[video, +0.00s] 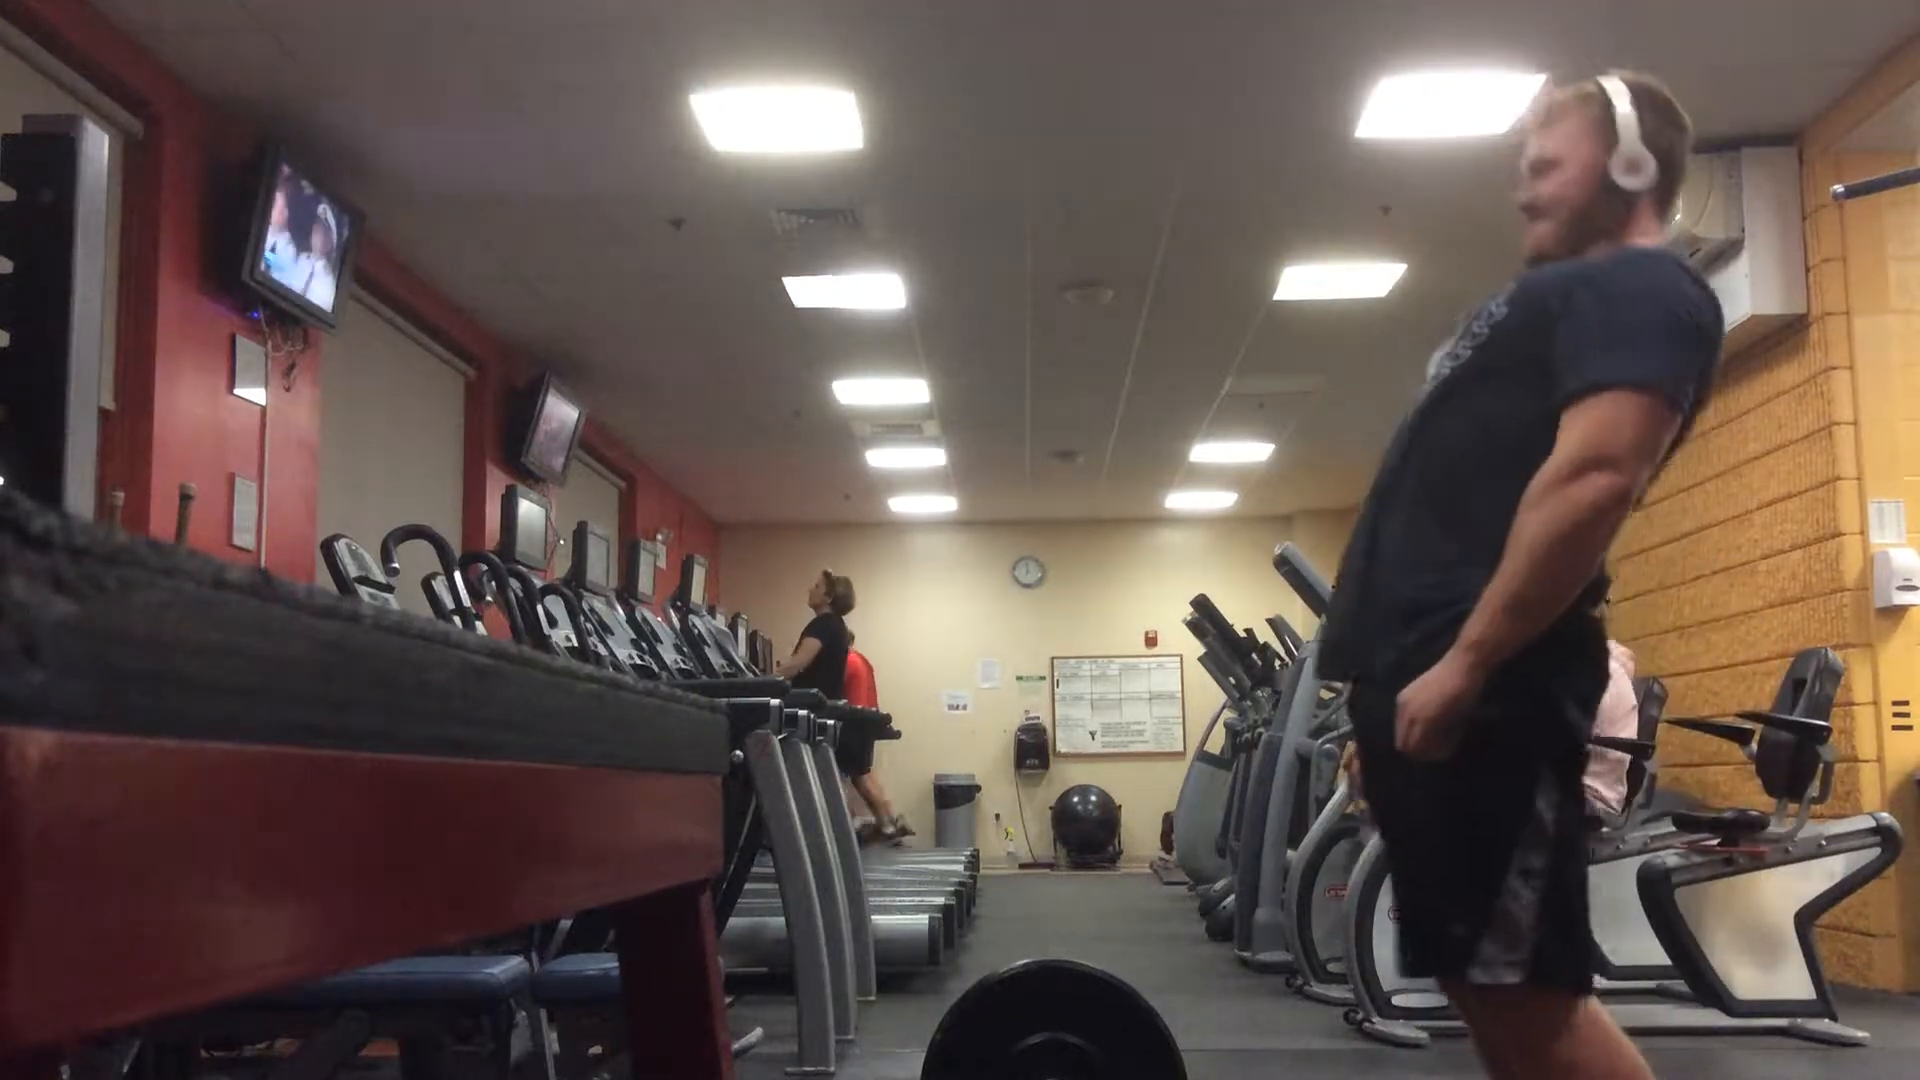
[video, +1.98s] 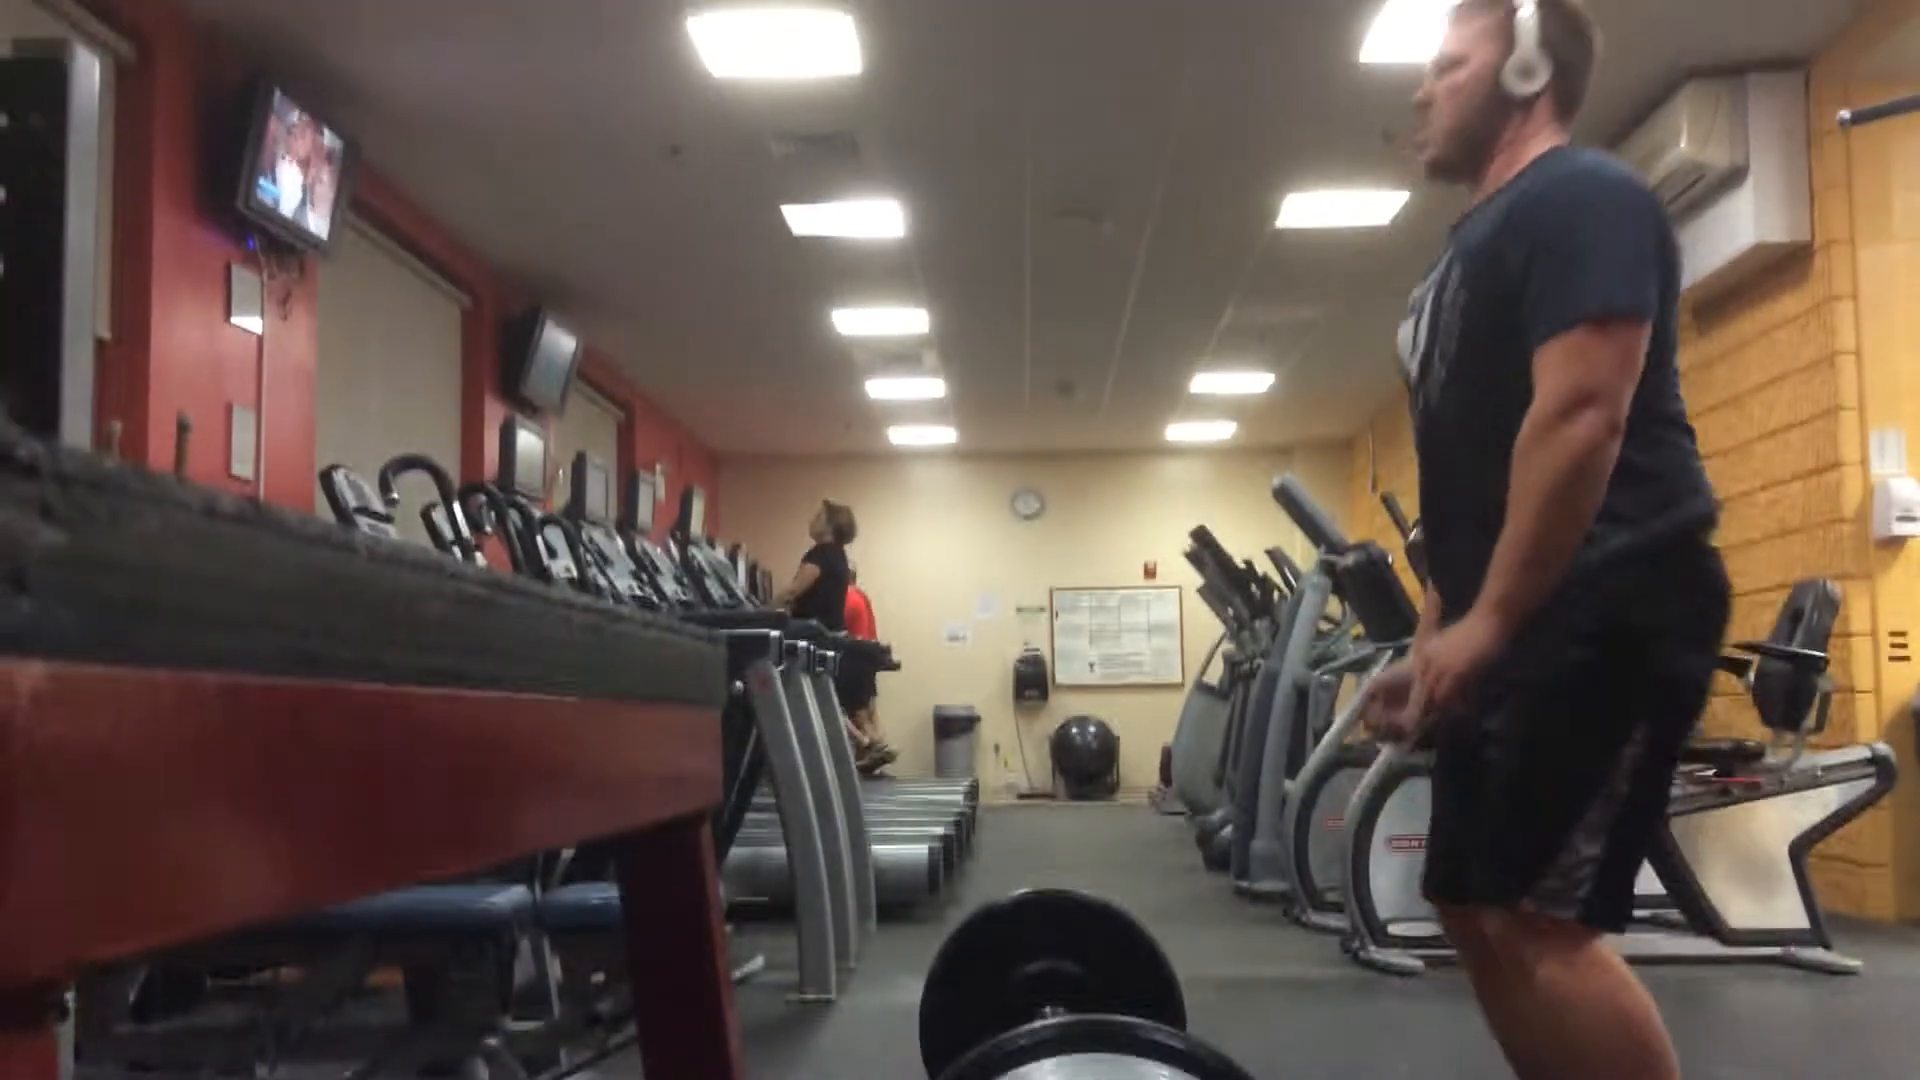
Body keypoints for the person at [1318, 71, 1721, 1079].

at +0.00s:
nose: (1521, 187)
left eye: (1544, 164)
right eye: (1522, 169)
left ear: (1629, 170)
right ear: (1606, 176)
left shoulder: (1639, 283)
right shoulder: (1545, 299)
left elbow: (1595, 477)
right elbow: (1461, 502)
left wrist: (1465, 664)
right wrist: (1385, 700)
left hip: (1496, 693)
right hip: (1436, 689)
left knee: (1531, 1010)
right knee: (1493, 1001)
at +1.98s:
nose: (1423, 88)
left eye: (1450, 64)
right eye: (1431, 66)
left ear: (1529, 79)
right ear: (1506, 82)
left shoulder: (1583, 192)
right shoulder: (1465, 254)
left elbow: (1583, 421)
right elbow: (1468, 476)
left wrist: (1489, 621)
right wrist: (1424, 649)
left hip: (1615, 592)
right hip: (1523, 608)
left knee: (1543, 921)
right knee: (1473, 905)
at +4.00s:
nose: (1596, 133)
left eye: (1624, 107)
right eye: (1600, 112)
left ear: (1711, 123)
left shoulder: (1813, 252)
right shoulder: (1628, 314)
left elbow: (1889, 476)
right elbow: (1653, 521)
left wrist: (1886, 687)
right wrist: (1598, 689)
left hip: (1827, 680)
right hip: (1684, 693)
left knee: (1881, 982)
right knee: (1634, 956)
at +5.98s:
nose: (1617, 199)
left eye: (1635, 172)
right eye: (1618, 180)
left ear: (1711, 168)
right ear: (1703, 178)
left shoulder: (1791, 264)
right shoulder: (1689, 327)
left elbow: (1795, 457)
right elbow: (1694, 524)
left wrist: (1678, 624)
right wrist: (1654, 705)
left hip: (1807, 644)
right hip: (1739, 654)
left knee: (1763, 953)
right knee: (1773, 947)